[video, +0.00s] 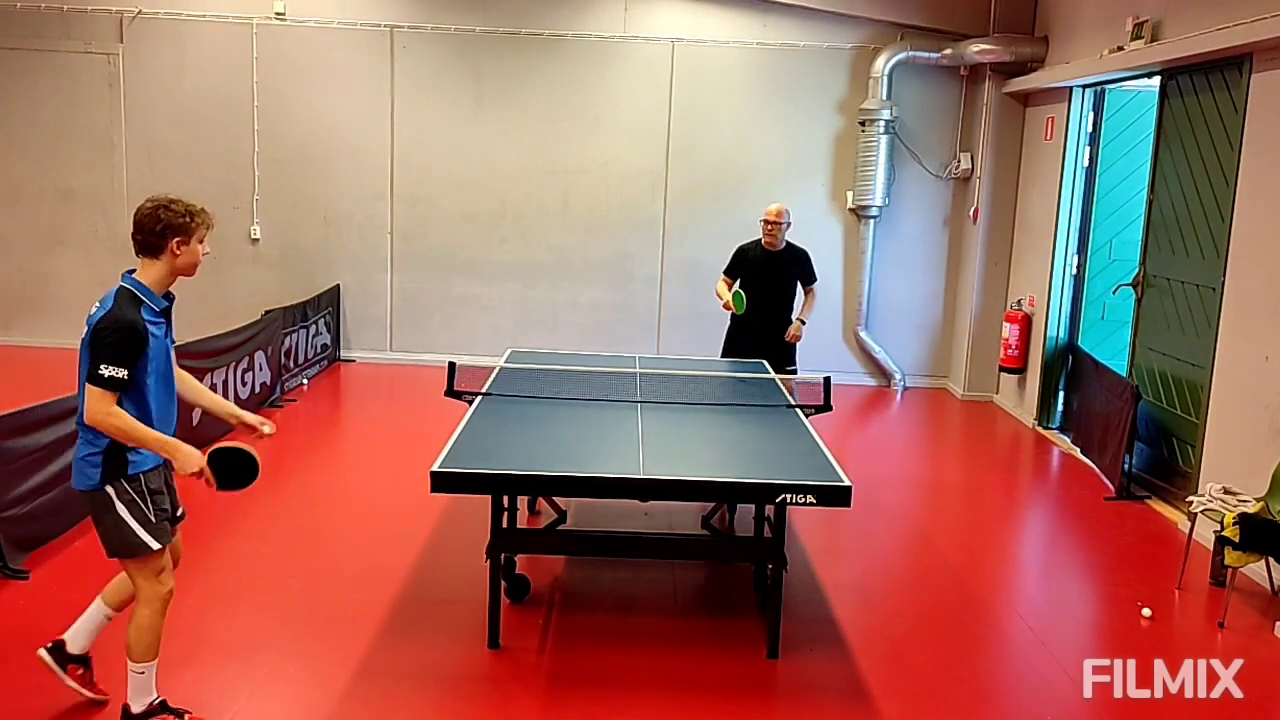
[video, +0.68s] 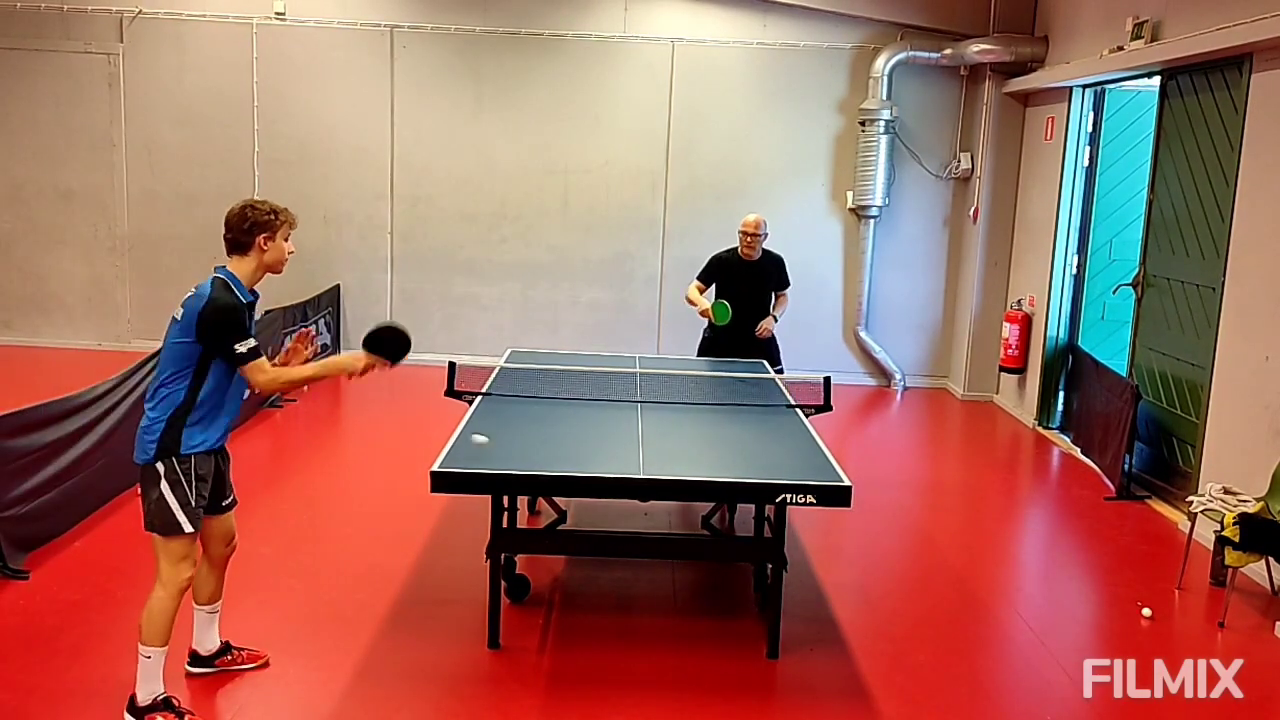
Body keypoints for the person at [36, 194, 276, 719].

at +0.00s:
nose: (205, 253)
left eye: (204, 244)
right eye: (201, 244)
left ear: (168, 247)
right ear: (176, 248)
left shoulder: (157, 300)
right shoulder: (121, 318)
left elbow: (168, 374)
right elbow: (97, 412)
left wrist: (234, 414)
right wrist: (174, 449)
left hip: (147, 461)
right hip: (117, 472)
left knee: (167, 558)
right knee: (155, 585)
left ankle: (71, 647)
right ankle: (142, 706)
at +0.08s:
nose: (215, 248)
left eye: (213, 239)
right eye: (209, 239)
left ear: (177, 244)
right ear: (183, 244)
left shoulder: (172, 300)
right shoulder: (126, 317)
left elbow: (192, 367)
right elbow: (95, 409)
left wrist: (263, 398)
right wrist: (155, 466)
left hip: (156, 462)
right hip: (121, 472)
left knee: (186, 546)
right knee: (155, 582)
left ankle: (101, 638)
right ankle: (142, 705)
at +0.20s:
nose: (236, 250)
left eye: (236, 241)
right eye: (232, 241)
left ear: (197, 244)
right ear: (206, 244)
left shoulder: (204, 304)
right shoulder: (137, 312)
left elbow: (239, 355)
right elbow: (80, 389)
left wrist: (313, 369)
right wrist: (75, 469)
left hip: (180, 457)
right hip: (136, 469)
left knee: (200, 546)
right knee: (153, 582)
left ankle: (175, 649)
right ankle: (140, 705)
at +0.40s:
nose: (269, 255)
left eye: (269, 245)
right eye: (265, 246)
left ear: (233, 248)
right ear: (238, 248)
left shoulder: (242, 309)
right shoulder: (168, 307)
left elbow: (290, 361)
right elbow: (105, 372)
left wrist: (364, 374)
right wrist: (94, 438)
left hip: (200, 456)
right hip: (156, 462)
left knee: (216, 549)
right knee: (167, 581)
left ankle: (207, 650)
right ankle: (143, 703)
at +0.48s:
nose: (278, 255)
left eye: (278, 245)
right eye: (274, 245)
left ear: (245, 247)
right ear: (248, 248)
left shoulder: (247, 309)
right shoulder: (181, 307)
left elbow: (289, 365)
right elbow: (139, 381)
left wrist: (357, 386)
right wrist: (159, 442)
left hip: (205, 457)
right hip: (164, 463)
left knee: (219, 546)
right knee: (169, 578)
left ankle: (207, 650)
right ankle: (145, 701)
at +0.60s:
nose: (290, 250)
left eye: (289, 241)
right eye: (286, 241)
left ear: (256, 244)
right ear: (260, 245)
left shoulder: (247, 299)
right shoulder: (211, 303)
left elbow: (263, 366)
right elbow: (227, 391)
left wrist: (294, 380)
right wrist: (304, 406)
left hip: (205, 444)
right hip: (167, 451)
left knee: (219, 544)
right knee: (174, 571)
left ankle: (207, 650)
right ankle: (148, 698)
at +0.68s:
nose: (290, 249)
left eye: (290, 240)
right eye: (286, 239)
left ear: (253, 242)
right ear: (262, 243)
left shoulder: (238, 296)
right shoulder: (221, 301)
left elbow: (227, 380)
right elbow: (265, 381)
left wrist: (281, 368)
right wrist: (342, 363)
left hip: (206, 444)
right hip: (171, 451)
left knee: (221, 543)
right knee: (176, 574)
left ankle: (207, 650)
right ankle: (145, 698)